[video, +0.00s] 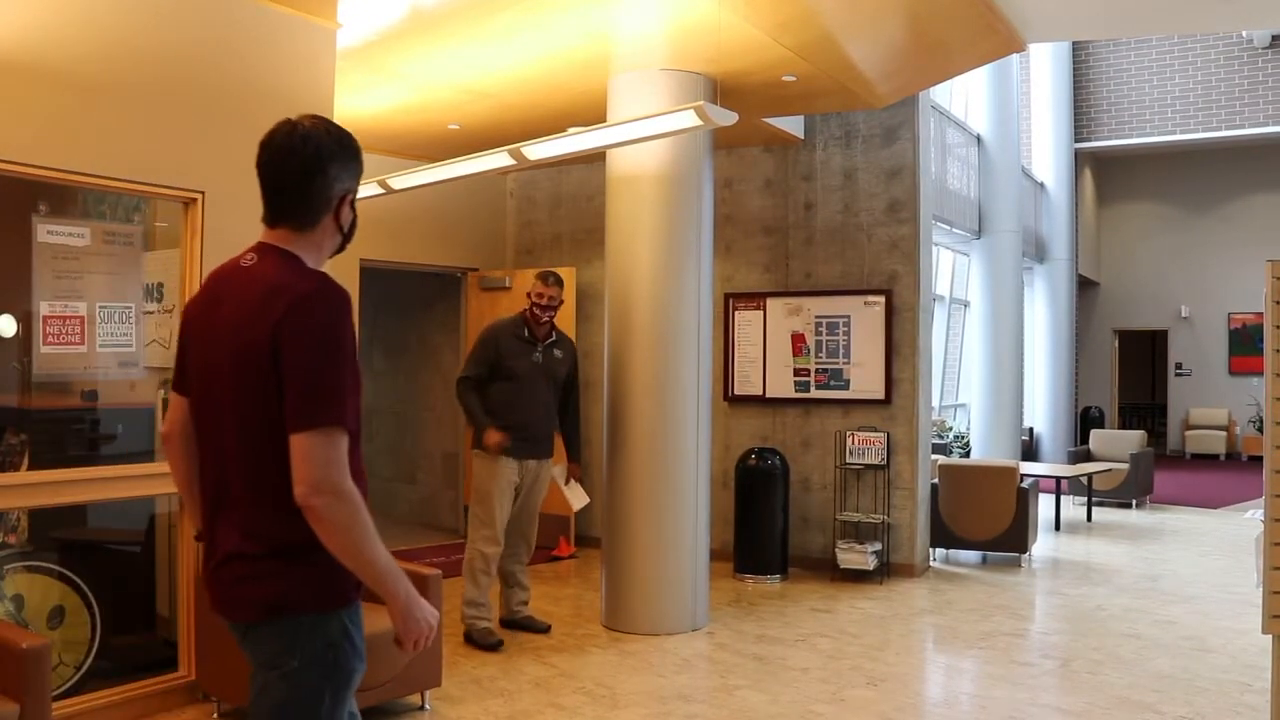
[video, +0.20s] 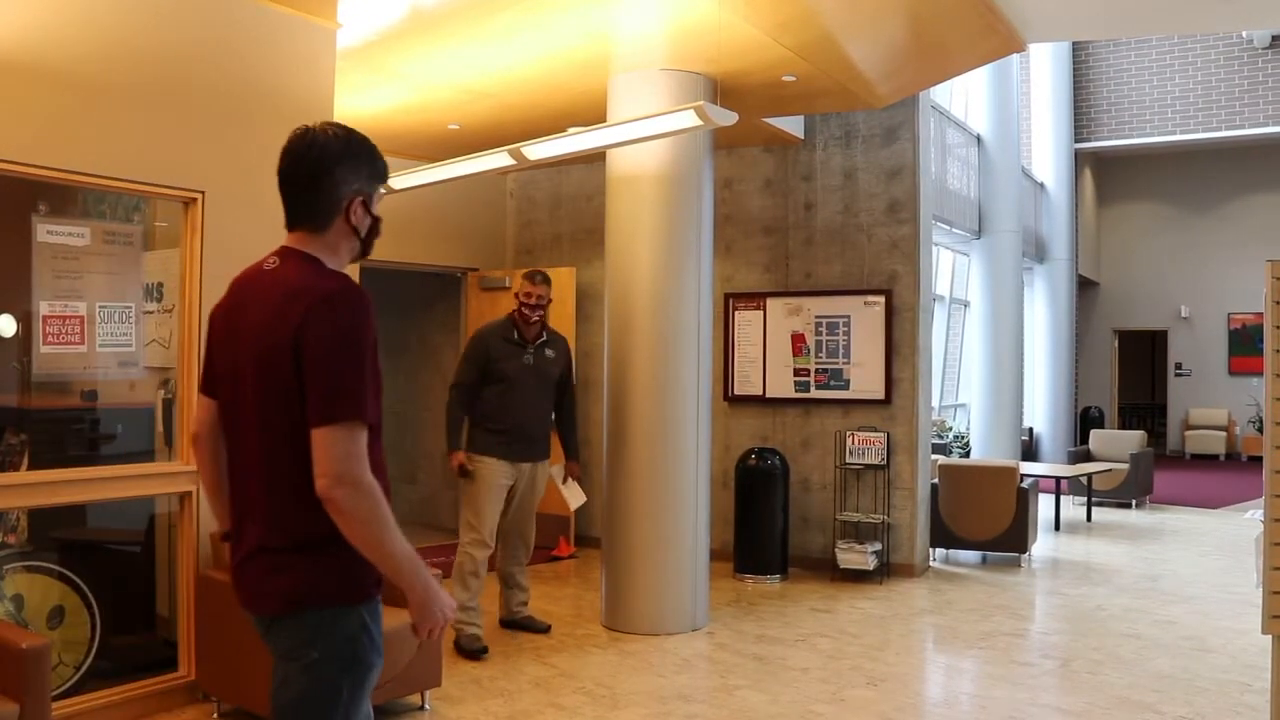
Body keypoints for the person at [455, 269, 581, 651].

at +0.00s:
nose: (541, 306)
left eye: (550, 301)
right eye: (537, 298)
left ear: (560, 303)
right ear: (527, 296)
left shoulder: (565, 349)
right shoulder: (498, 334)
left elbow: (569, 407)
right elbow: (466, 383)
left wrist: (574, 458)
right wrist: (483, 427)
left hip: (540, 456)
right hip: (497, 452)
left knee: (521, 538)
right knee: (487, 539)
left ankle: (515, 611)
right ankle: (477, 621)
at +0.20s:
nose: (530, 304)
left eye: (538, 299)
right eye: (525, 297)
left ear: (549, 302)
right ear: (515, 296)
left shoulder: (558, 347)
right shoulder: (487, 338)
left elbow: (565, 405)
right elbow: (459, 391)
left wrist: (572, 456)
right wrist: (455, 445)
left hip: (534, 457)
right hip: (487, 455)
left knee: (520, 538)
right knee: (477, 541)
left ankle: (514, 610)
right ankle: (467, 626)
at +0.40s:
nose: (512, 302)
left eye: (519, 296)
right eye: (506, 295)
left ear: (529, 300)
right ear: (494, 296)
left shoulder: (542, 342)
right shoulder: (470, 341)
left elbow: (556, 401)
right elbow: (444, 396)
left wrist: (569, 452)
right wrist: (436, 448)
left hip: (527, 458)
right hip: (477, 456)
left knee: (519, 539)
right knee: (470, 543)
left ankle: (515, 610)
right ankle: (464, 630)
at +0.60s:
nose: (491, 299)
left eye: (499, 292)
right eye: (485, 291)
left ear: (510, 294)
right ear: (474, 292)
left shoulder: (528, 338)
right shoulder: (452, 340)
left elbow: (549, 394)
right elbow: (425, 398)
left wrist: (578, 433)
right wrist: (414, 449)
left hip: (519, 458)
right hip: (463, 460)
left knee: (528, 534)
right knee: (462, 550)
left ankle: (517, 602)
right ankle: (461, 629)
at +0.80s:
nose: (481, 297)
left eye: (489, 290)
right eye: (474, 289)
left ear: (500, 292)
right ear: (462, 290)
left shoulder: (521, 336)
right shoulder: (440, 342)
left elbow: (553, 383)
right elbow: (423, 403)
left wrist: (598, 406)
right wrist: (426, 459)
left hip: (516, 459)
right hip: (459, 462)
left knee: (531, 537)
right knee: (457, 552)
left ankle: (518, 622)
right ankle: (462, 633)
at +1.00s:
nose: (481, 300)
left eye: (489, 293)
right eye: (474, 292)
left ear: (501, 291)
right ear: (462, 290)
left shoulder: (522, 334)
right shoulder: (444, 338)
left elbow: (561, 376)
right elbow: (426, 397)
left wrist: (614, 392)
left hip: (513, 461)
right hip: (460, 462)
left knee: (518, 554)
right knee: (454, 557)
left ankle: (526, 648)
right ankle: (441, 658)